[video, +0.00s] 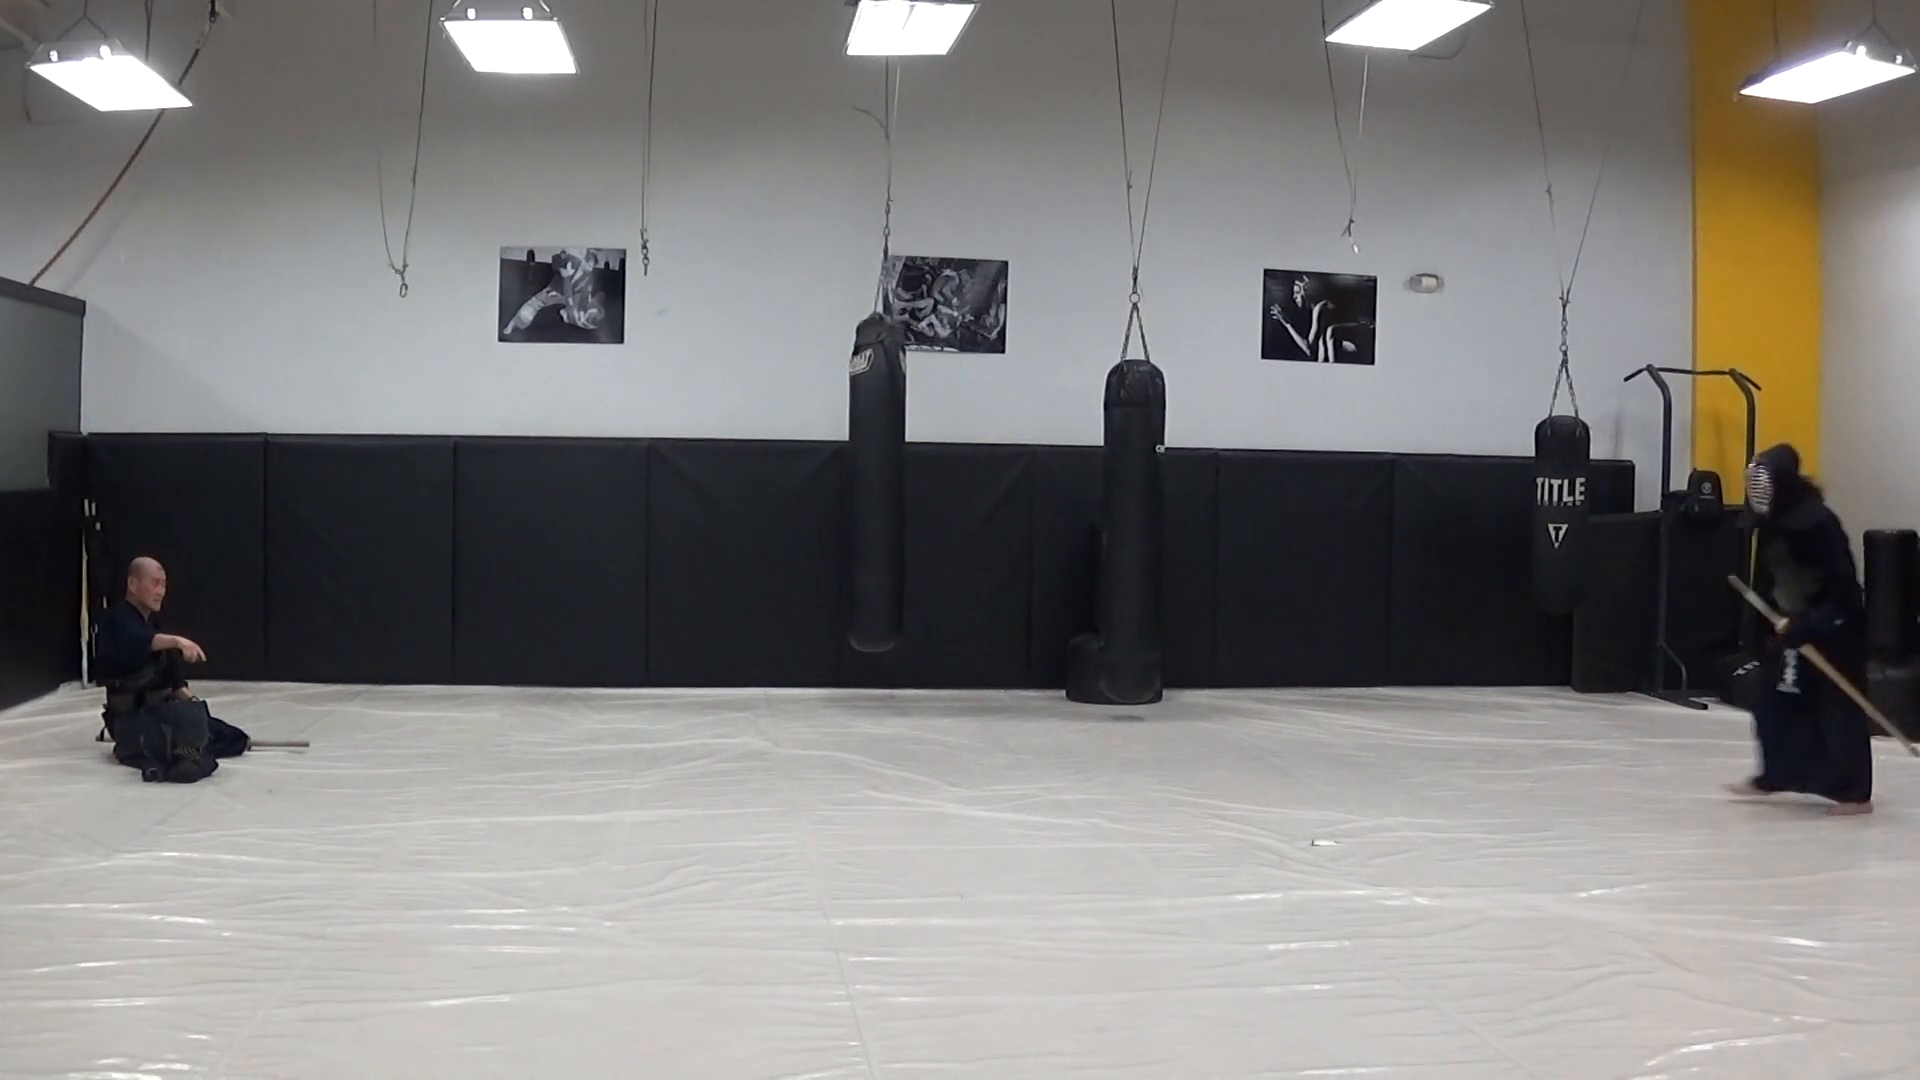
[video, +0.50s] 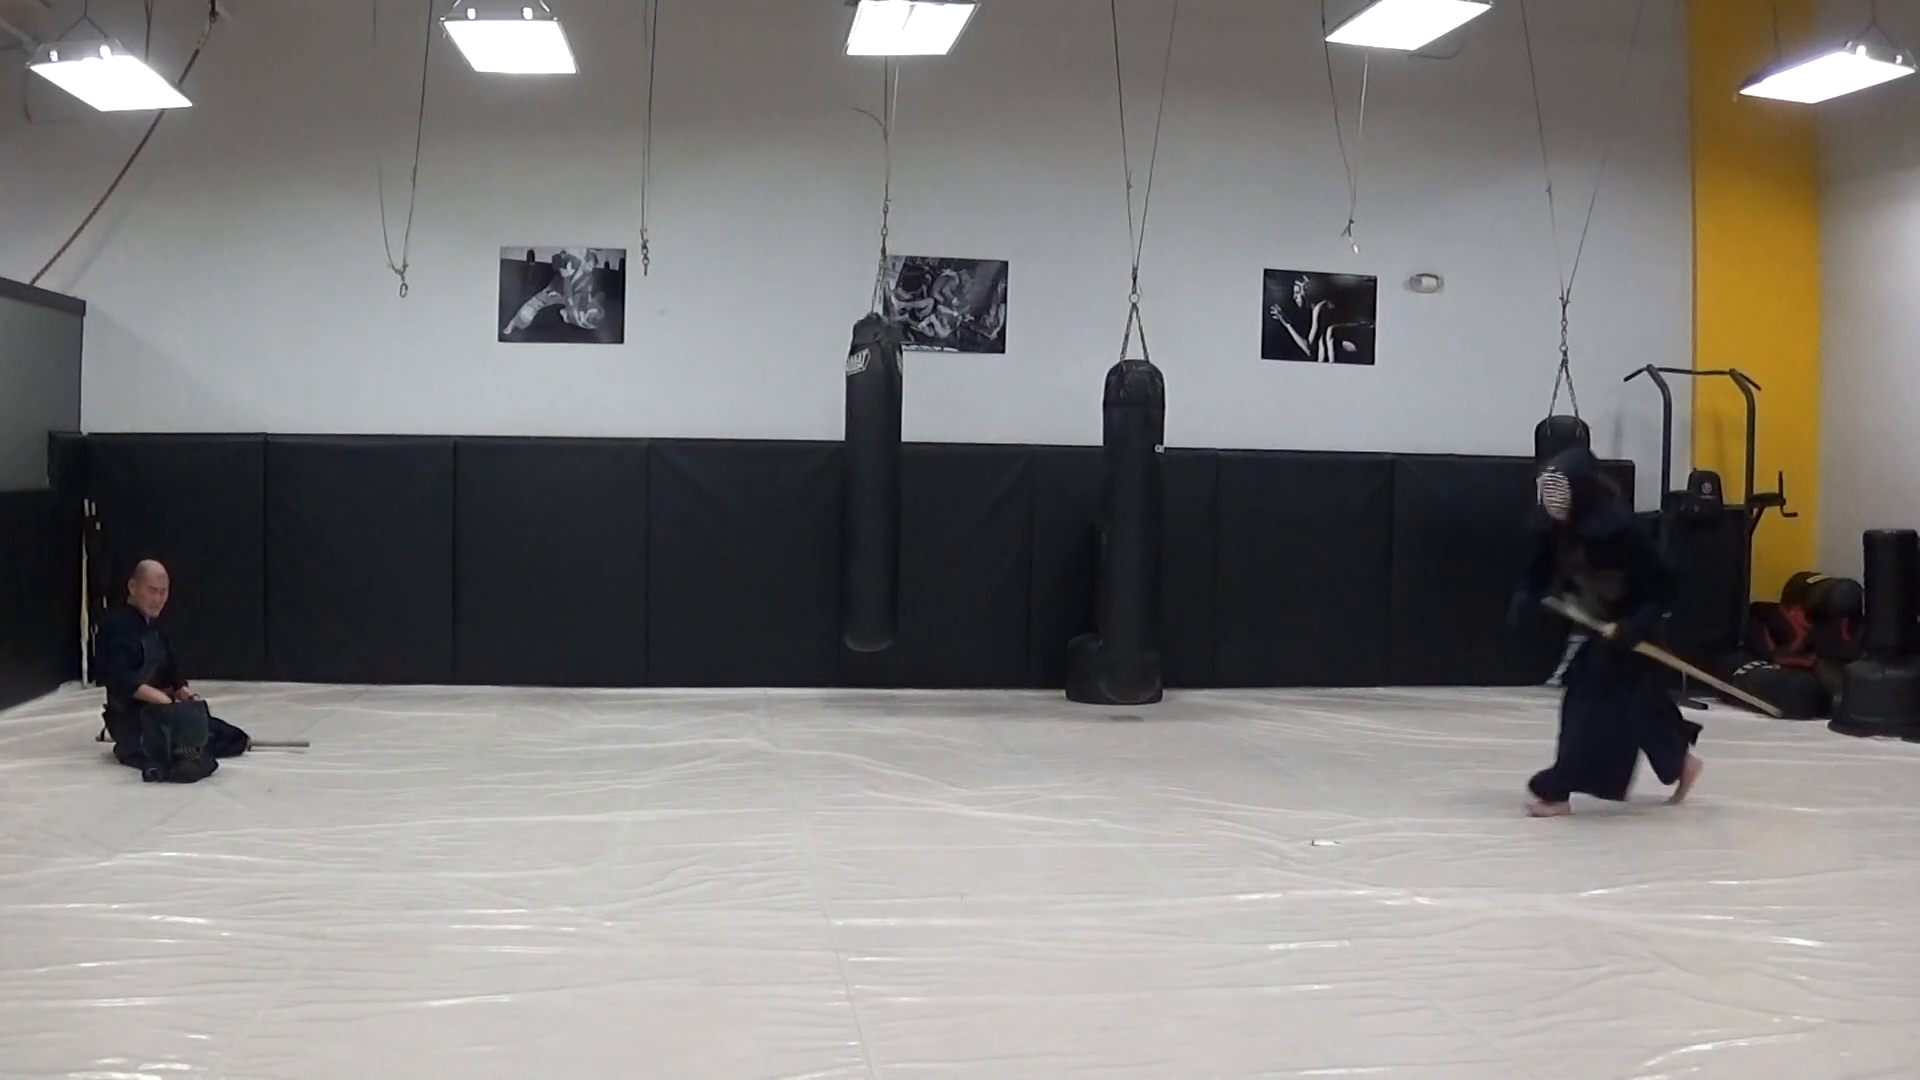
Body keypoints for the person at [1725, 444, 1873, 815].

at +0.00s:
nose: (1757, 488)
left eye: (1764, 481)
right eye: (1754, 480)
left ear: (1783, 483)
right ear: (1753, 481)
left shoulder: (1817, 522)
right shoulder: (1769, 521)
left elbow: (1844, 590)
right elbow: (1767, 582)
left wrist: (1804, 624)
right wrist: (1759, 631)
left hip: (1834, 626)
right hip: (1789, 625)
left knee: (1838, 705)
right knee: (1775, 699)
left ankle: (1854, 793)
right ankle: (1777, 774)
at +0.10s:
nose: (1716, 508)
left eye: (1721, 500)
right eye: (1713, 500)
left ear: (1740, 495)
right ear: (1721, 493)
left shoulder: (1778, 525)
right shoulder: (1740, 522)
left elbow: (1808, 591)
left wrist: (1770, 626)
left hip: (1801, 626)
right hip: (1760, 624)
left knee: (1815, 703)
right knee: (1731, 696)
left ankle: (1848, 789)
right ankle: (1708, 778)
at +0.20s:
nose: (1678, 504)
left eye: (1683, 496)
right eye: (1675, 495)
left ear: (1703, 495)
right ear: (1677, 493)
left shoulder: (1735, 526)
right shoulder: (1691, 526)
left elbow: (1770, 593)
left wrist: (1735, 632)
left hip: (1758, 626)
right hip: (1717, 626)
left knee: (1758, 707)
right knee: (1705, 701)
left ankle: (1824, 770)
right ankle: (1701, 783)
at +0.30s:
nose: (1638, 509)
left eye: (1644, 499)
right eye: (1634, 500)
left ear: (1665, 498)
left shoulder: (1703, 528)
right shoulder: (1650, 536)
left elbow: (1737, 590)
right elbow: (1641, 587)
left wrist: (1707, 631)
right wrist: (1628, 622)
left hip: (1713, 628)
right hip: (1680, 629)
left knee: (1675, 706)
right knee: (1674, 705)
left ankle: (1741, 765)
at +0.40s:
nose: (1593, 500)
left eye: (1600, 492)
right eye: (1590, 492)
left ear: (1621, 492)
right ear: (1588, 492)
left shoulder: (1658, 527)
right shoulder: (1603, 534)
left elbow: (1705, 585)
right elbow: (1582, 581)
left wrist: (1677, 625)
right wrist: (1558, 619)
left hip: (1682, 626)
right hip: (1653, 626)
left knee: (1624, 696)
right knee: (1664, 701)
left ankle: (1642, 784)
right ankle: (1690, 780)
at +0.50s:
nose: (1551, 504)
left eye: (1558, 495)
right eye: (1547, 494)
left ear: (1580, 494)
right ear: (1545, 491)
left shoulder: (1618, 529)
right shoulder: (1558, 529)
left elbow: (1661, 587)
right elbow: (1539, 572)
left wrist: (1632, 625)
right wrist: (1528, 600)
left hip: (1625, 628)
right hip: (1595, 625)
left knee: (1582, 697)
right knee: (1635, 698)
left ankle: (1556, 792)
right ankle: (1683, 761)